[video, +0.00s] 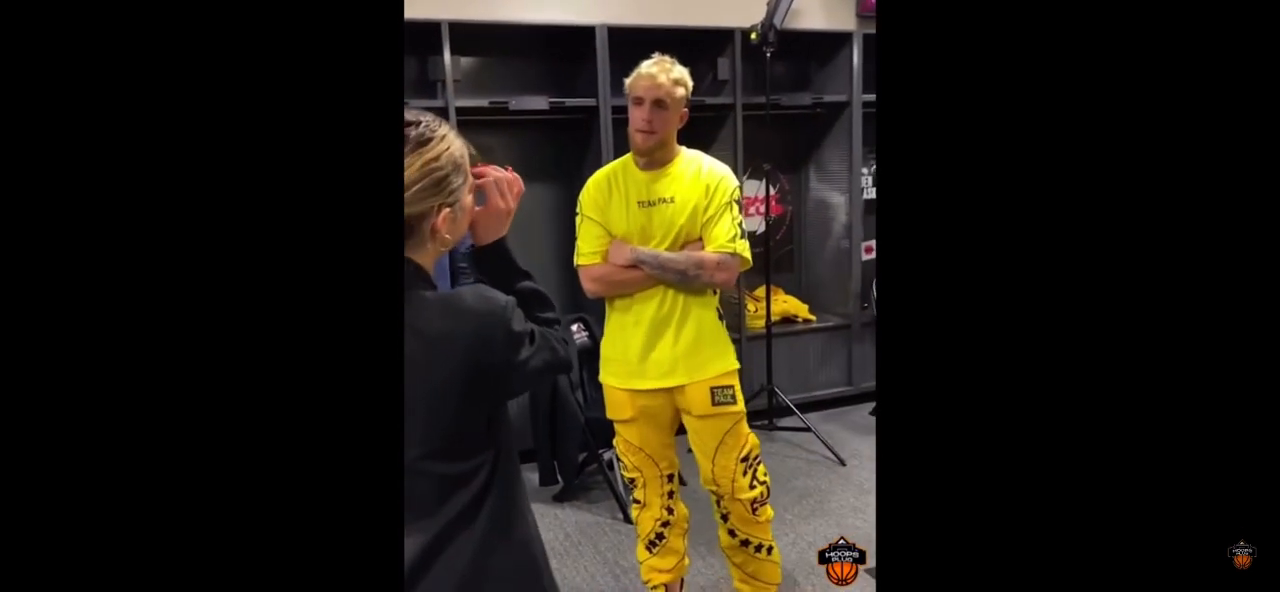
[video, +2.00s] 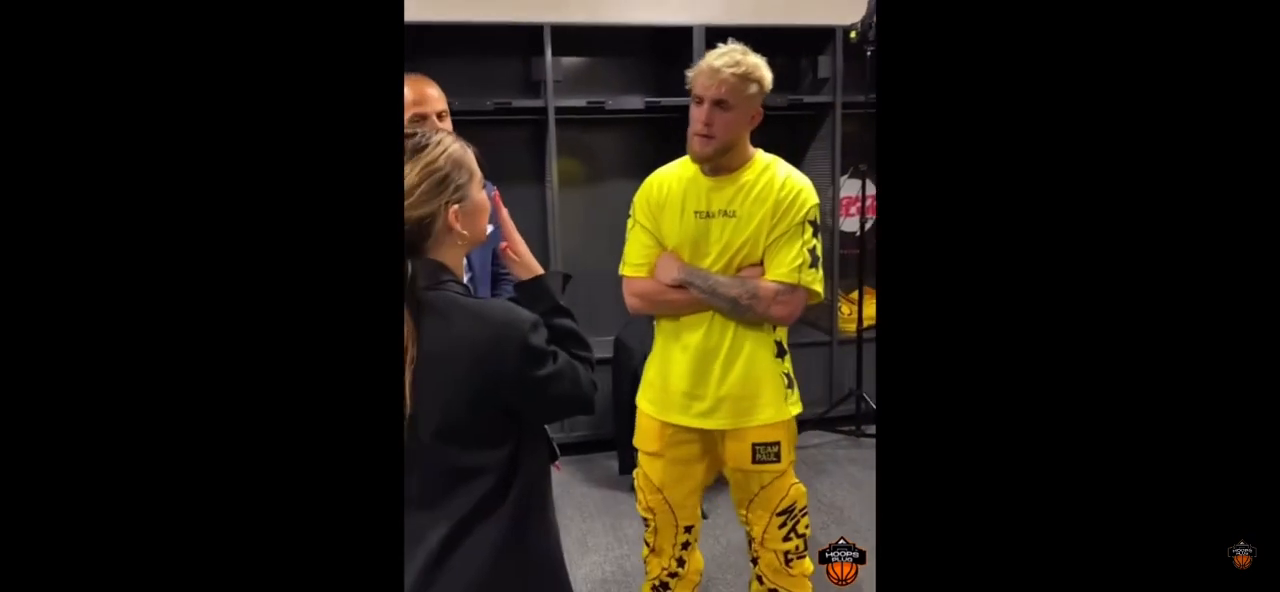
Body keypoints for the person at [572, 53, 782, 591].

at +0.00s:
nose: (645, 117)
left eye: (659, 106)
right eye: (637, 104)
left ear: (682, 116)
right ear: (626, 110)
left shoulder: (712, 177)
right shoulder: (600, 187)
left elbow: (726, 269)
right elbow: (593, 281)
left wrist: (634, 254)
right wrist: (681, 265)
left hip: (703, 360)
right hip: (628, 368)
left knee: (738, 491)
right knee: (651, 501)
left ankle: (759, 583)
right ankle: (662, 583)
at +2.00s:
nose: (701, 118)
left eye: (720, 106)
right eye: (696, 102)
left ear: (755, 117)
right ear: (687, 105)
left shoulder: (789, 191)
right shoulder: (657, 188)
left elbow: (785, 305)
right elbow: (637, 297)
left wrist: (683, 273)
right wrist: (741, 287)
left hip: (757, 401)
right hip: (668, 399)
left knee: (780, 556)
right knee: (665, 558)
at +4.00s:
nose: (729, 92)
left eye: (746, 78)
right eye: (721, 77)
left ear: (776, 88)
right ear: (711, 83)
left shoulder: (815, 159)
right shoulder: (685, 171)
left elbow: (820, 265)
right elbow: (669, 275)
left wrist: (710, 243)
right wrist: (773, 257)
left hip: (794, 374)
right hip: (707, 377)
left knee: (829, 524)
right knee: (729, 529)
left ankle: (843, 585)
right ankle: (733, 586)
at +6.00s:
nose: (707, 76)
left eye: (724, 62)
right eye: (700, 63)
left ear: (758, 71)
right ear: (694, 72)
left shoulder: (804, 144)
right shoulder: (678, 162)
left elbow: (807, 248)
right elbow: (660, 267)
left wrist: (700, 234)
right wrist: (759, 245)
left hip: (784, 365)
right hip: (698, 369)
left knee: (817, 517)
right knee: (717, 520)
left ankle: (833, 583)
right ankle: (723, 584)